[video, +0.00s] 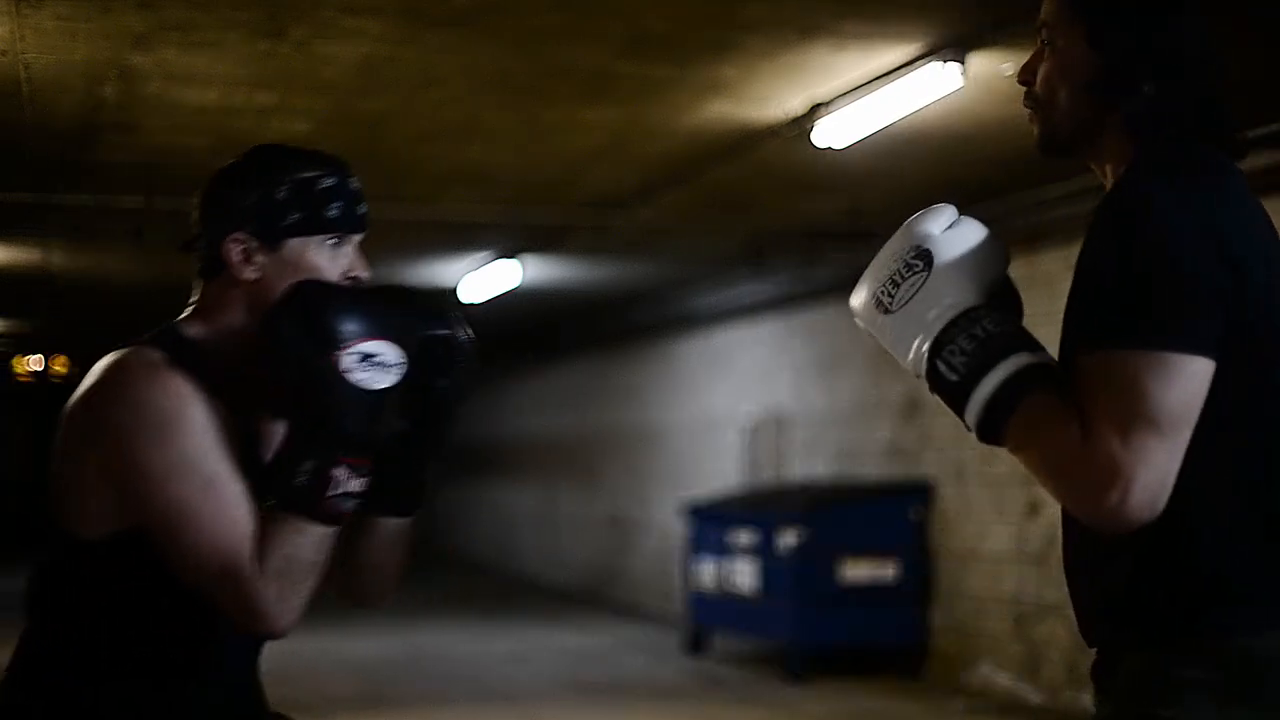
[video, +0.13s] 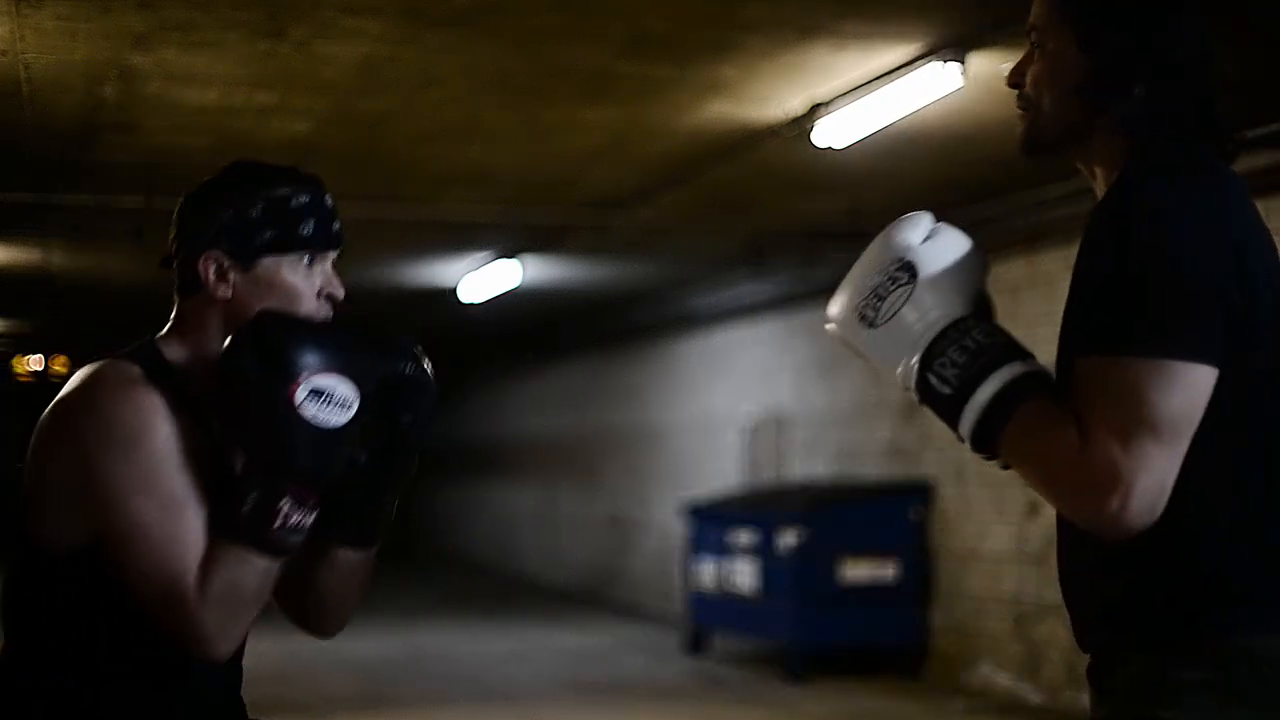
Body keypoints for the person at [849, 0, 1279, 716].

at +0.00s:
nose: (1025, 76)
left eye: (1049, 46)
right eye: (1037, 48)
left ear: (1123, 62)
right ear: (1132, 66)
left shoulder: (1172, 212)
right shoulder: (1193, 204)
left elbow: (1120, 482)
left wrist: (965, 343)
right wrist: (992, 336)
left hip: (1197, 673)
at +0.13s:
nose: (1016, 76)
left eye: (1041, 47)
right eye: (1028, 48)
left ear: (1115, 62)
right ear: (1121, 66)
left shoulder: (1171, 212)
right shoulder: (1167, 206)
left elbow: (1116, 487)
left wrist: (947, 350)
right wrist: (967, 341)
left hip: (1197, 673)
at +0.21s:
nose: (1000, 78)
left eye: (1024, 48)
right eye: (1013, 50)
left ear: (1098, 63)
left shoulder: (1160, 221)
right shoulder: (1155, 213)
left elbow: (1103, 493)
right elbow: (1099, 477)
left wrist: (935, 354)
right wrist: (946, 350)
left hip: (1188, 678)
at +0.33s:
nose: (964, 67)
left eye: (985, 43)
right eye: (973, 44)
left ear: (1053, 55)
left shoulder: (1098, 211)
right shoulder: (1160, 201)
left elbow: (1012, 467)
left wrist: (886, 335)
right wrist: (947, 322)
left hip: (1140, 660)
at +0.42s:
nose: (939, 55)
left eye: (957, 33)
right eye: (947, 33)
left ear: (1015, 47)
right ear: (1094, 50)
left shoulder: (1006, 199)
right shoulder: (1190, 198)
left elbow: (854, 391)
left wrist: (755, 319)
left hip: (1088, 629)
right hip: (1247, 612)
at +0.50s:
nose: (924, 63)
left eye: (937, 41)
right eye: (932, 41)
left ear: (971, 53)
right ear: (1085, 56)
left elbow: (662, 278)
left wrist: (504, 261)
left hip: (1081, 641)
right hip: (1246, 617)